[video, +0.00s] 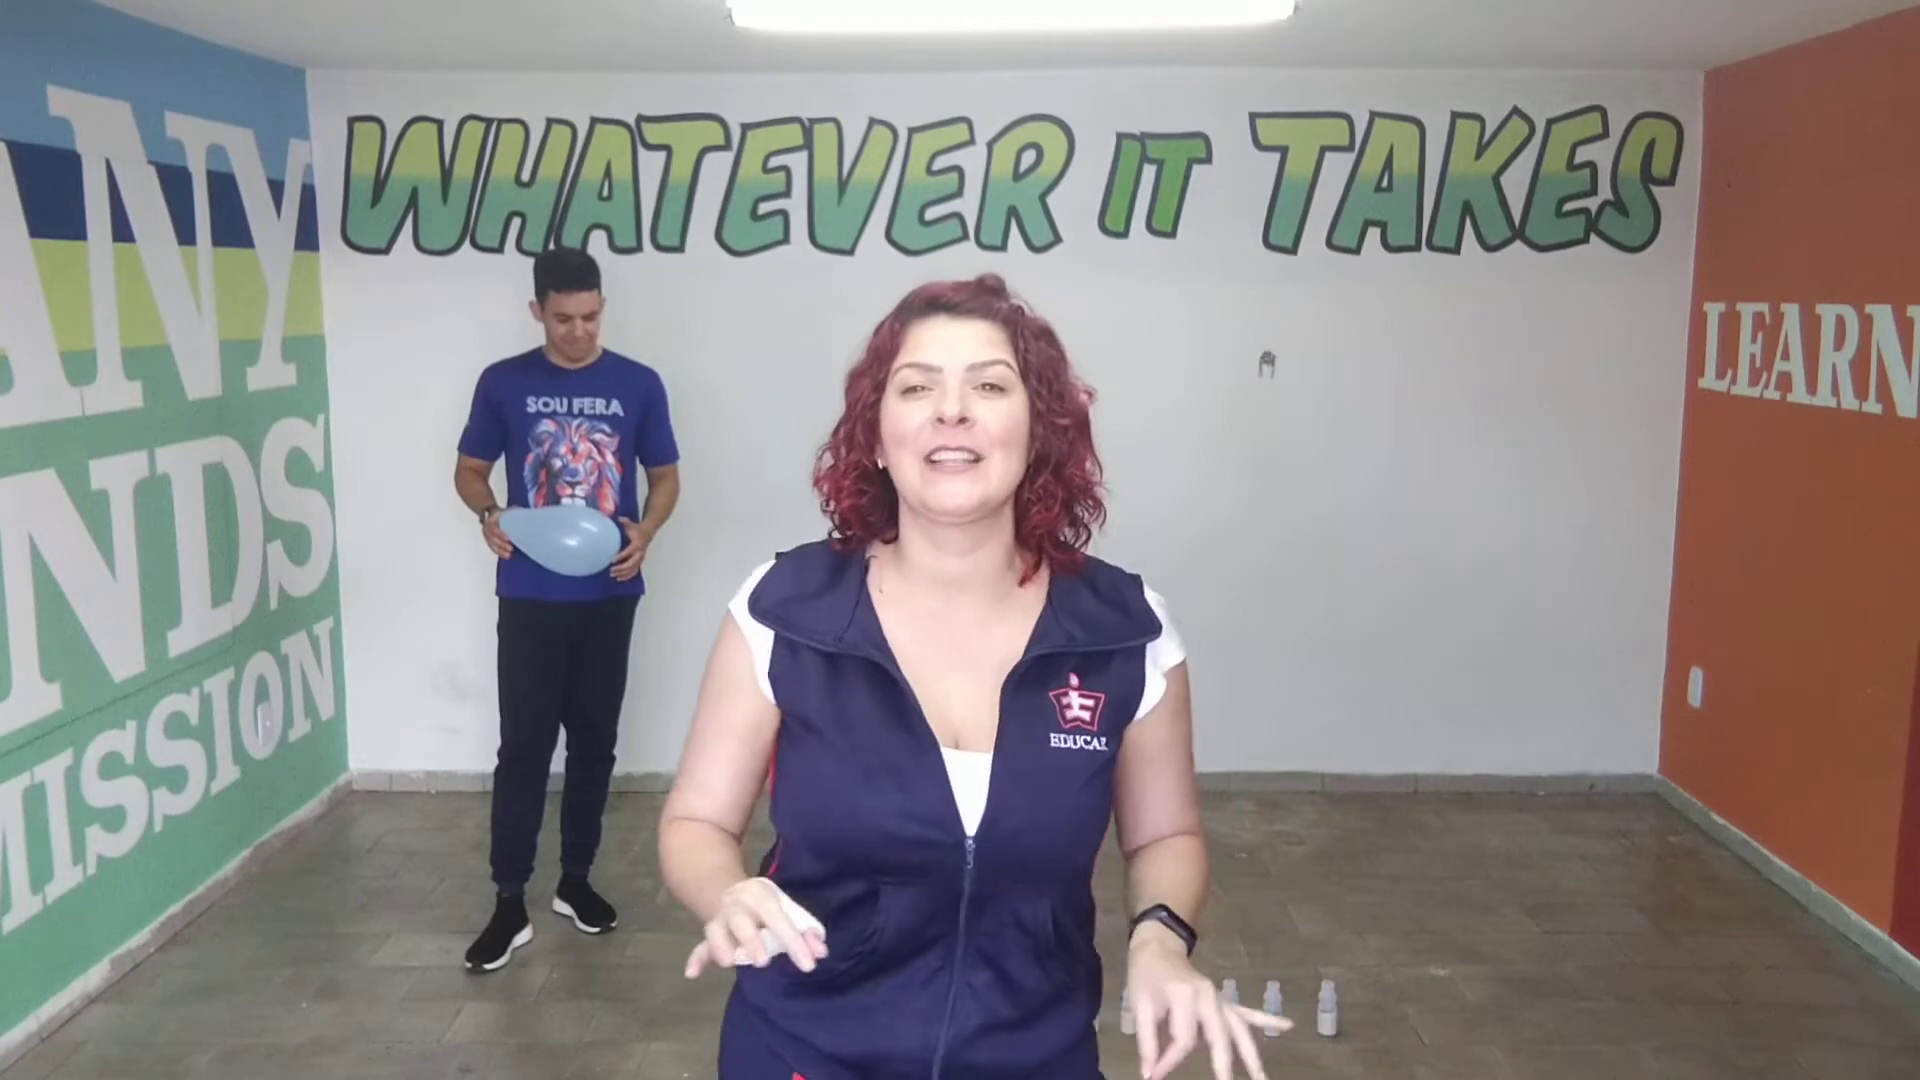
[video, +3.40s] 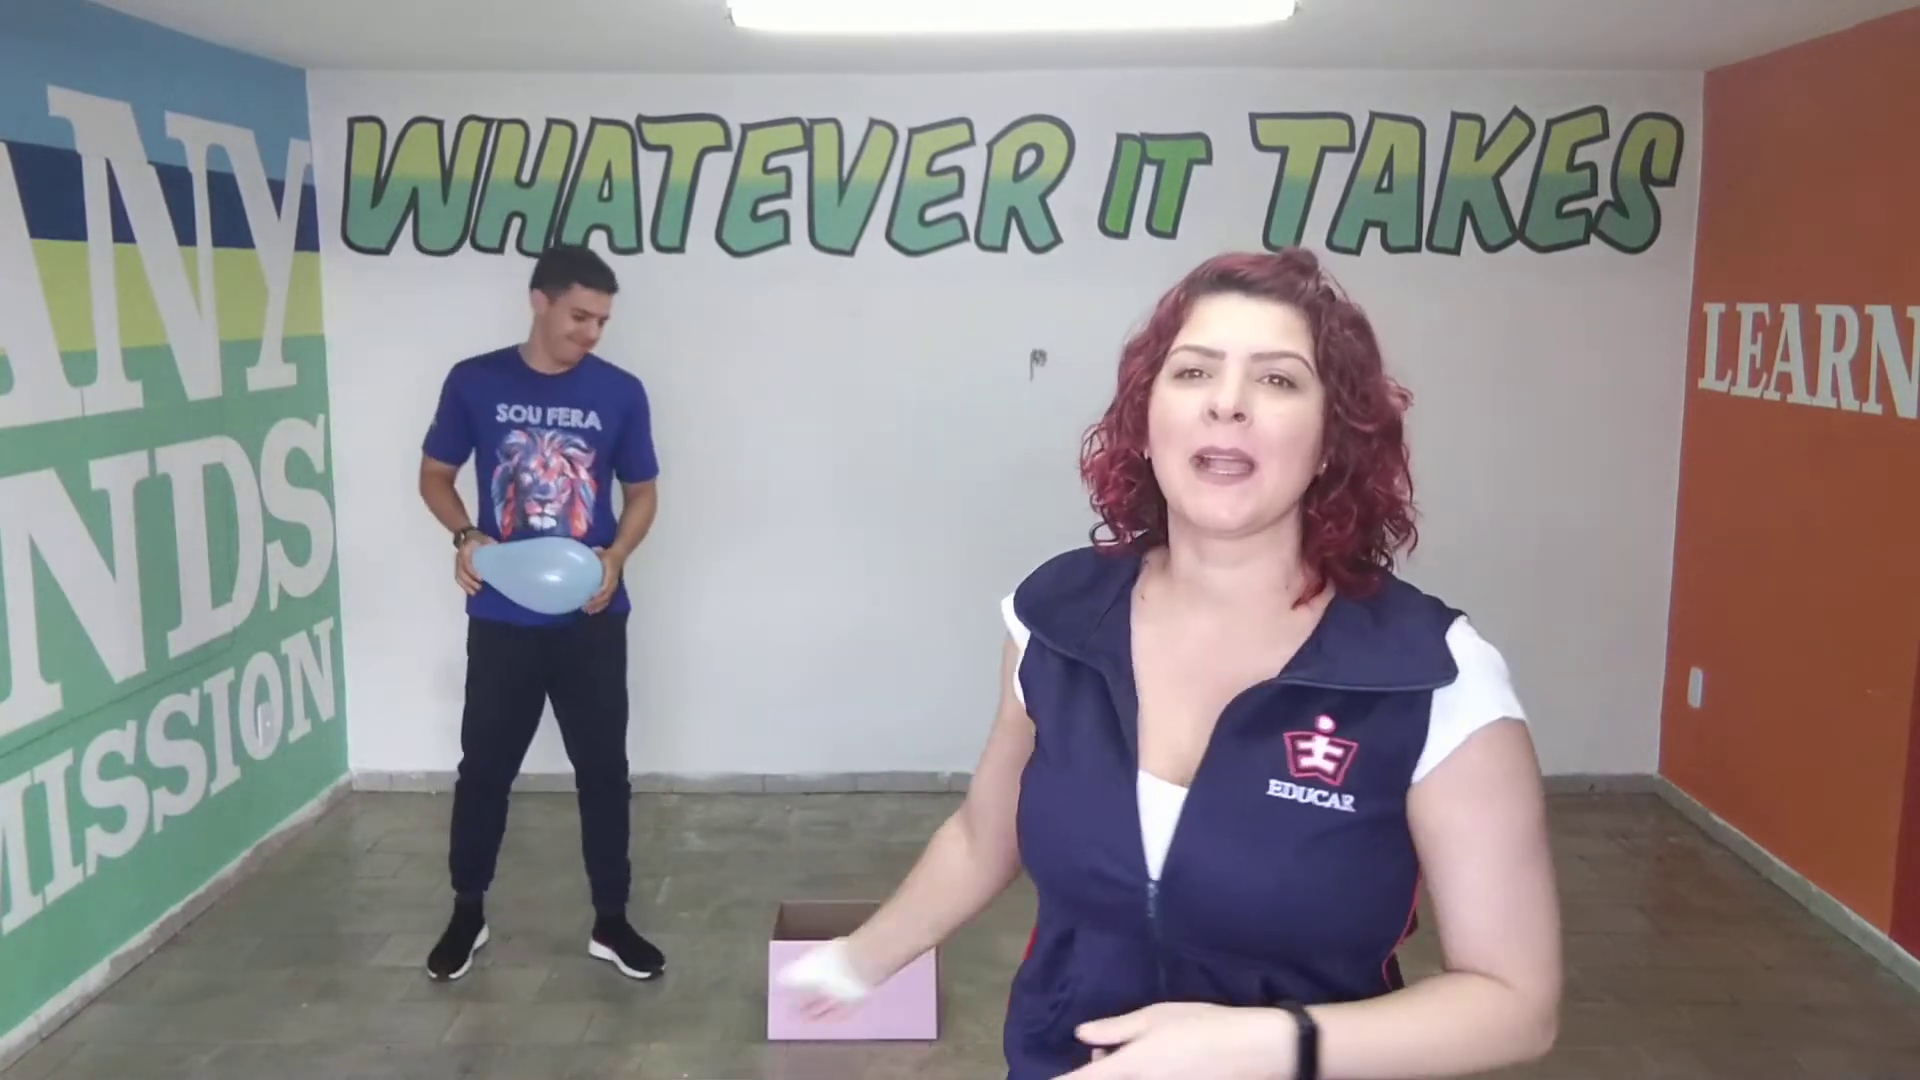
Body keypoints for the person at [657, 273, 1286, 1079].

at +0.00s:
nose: (953, 412)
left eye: (991, 386)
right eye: (919, 388)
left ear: (1039, 426)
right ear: (875, 429)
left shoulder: (1123, 625)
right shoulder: (788, 605)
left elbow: (1165, 833)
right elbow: (697, 817)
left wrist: (1160, 940)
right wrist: (725, 892)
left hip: (1032, 1055)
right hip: (813, 1051)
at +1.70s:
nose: (1044, 421)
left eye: (1086, 391)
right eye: (1009, 387)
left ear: (1139, 427)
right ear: (961, 418)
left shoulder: (1222, 635)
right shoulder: (860, 618)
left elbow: (1280, 868)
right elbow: (794, 902)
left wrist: (1236, 937)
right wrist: (753, 851)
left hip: (1140, 1057)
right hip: (908, 1057)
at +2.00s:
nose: (1117, 413)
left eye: (1163, 381)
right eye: (1083, 374)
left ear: (1218, 417)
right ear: (1035, 402)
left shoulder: (1309, 637)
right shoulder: (935, 609)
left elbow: (1390, 890)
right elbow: (858, 889)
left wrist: (1332, 958)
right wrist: (782, 810)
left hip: (1215, 1061)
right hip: (970, 1060)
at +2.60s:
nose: (1204, 432)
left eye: (1250, 394)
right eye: (1165, 392)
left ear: (1311, 431)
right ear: (1118, 425)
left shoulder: (1407, 654)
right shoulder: (1016, 629)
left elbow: (1471, 904)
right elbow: (938, 920)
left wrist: (1430, 973)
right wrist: (903, 868)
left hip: (1314, 1064)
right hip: (1059, 1064)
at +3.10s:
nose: (1239, 398)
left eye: (1289, 375)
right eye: (1209, 365)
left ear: (1342, 439)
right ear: (1155, 411)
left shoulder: (1430, 667)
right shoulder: (1036, 618)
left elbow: (1493, 923)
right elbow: (935, 856)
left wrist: (1411, 1003)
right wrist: (829, 979)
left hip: (1309, 1073)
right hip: (1066, 1067)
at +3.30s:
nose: (1231, 405)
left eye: (1281, 379)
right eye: (1201, 370)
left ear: (1339, 434)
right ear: (1150, 410)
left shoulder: (1435, 673)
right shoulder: (1047, 617)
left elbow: (1517, 967)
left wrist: (1357, 1046)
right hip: (1063, 1063)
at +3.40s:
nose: (1227, 407)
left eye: (1277, 379)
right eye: (1195, 373)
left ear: (1334, 432)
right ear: (1146, 414)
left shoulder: (1430, 674)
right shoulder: (1059, 619)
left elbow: (1515, 1005)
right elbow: (978, 838)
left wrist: (1273, 1044)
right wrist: (853, 964)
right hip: (1060, 1064)